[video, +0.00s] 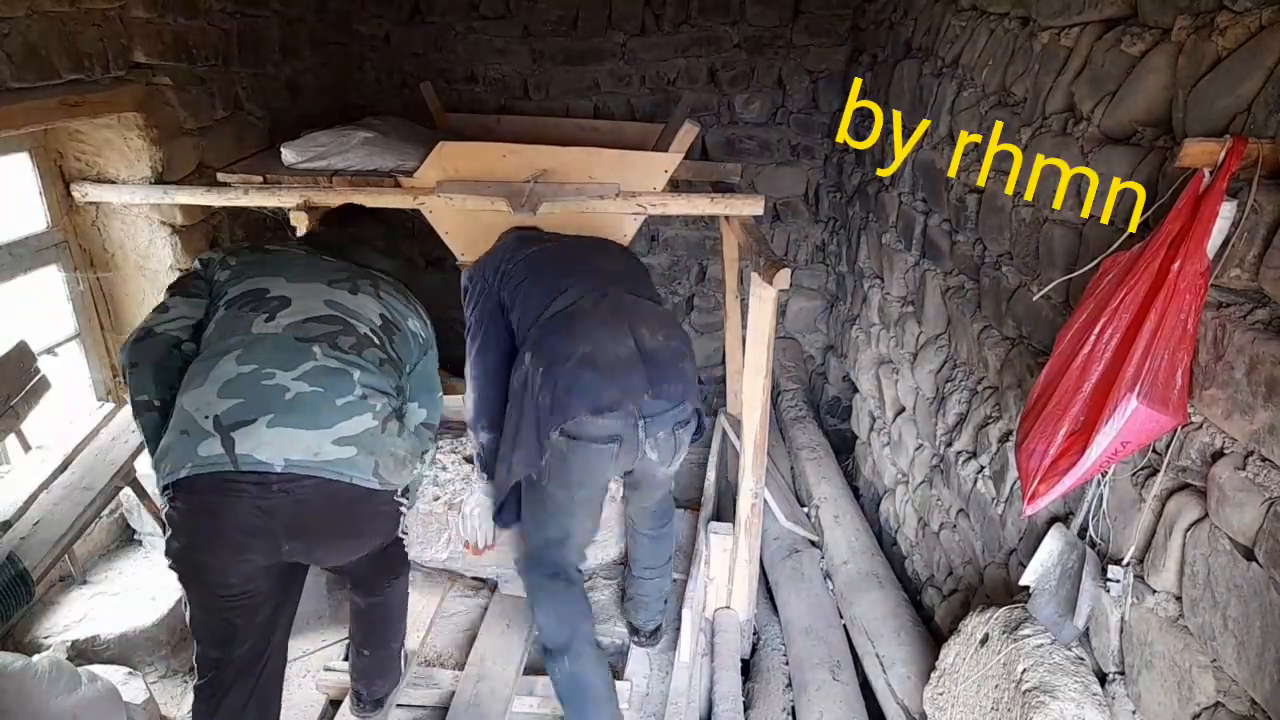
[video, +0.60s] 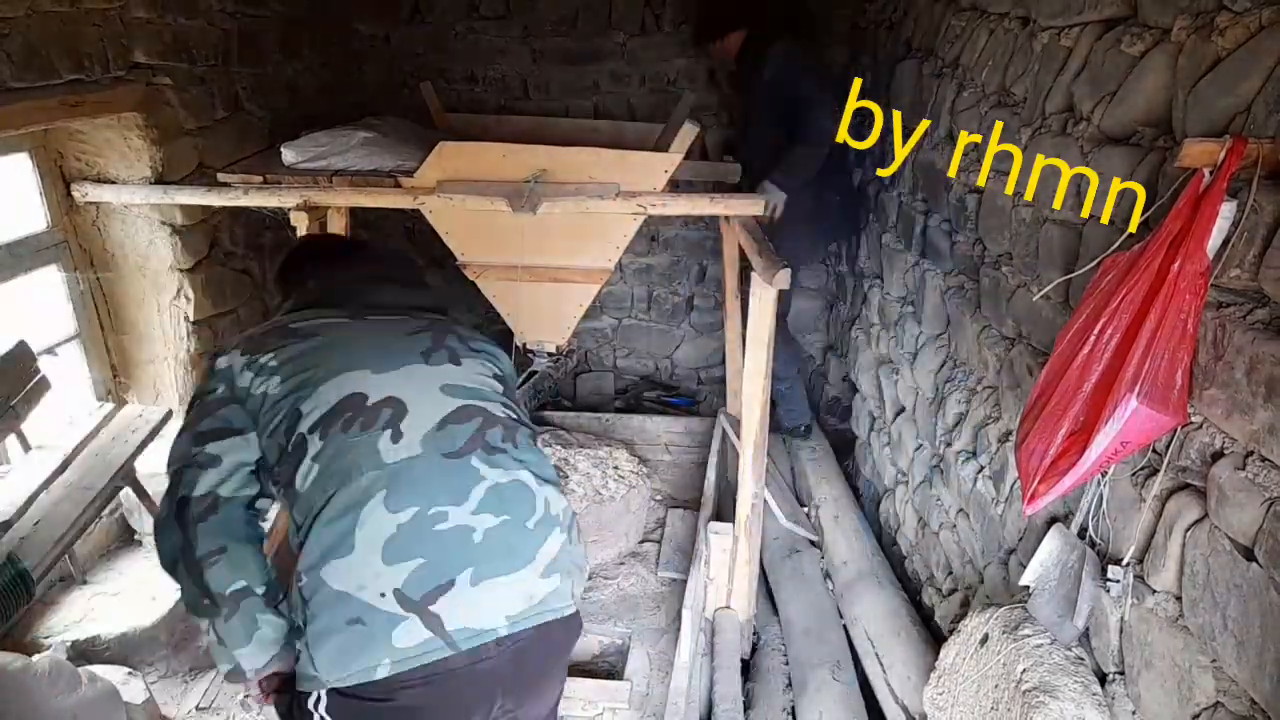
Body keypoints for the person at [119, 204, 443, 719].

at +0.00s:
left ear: (306, 238)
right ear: (379, 255)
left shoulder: (228, 264)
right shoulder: (403, 305)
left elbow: (148, 349)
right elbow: (424, 424)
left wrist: (174, 465)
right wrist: (391, 504)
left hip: (215, 503)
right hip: (346, 502)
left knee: (229, 682)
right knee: (379, 570)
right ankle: (372, 691)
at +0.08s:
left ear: (194, 278)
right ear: (284, 286)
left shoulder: (115, 319)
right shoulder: (318, 333)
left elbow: (35, 447)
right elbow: (359, 469)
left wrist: (80, 572)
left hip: (158, 568)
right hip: (305, 547)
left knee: (210, 709)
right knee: (348, 623)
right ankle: (358, 714)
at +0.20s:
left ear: (59, 355)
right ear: (139, 335)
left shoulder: (17, 397)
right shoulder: (196, 344)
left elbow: (6, 576)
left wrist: (85, 665)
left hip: (168, 604)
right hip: (313, 539)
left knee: (198, 707)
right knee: (336, 604)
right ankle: (358, 712)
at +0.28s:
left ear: (90, 280)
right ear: (192, 275)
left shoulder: (25, 331)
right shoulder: (244, 322)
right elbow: (301, 455)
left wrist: (13, 621)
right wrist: (257, 595)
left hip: (120, 588)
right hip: (277, 550)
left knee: (186, 706)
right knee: (335, 647)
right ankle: (360, 712)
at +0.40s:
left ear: (121, 240)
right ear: (224, 241)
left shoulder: (29, 305)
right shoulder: (264, 300)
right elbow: (308, 437)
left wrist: (14, 560)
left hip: (97, 597)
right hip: (251, 557)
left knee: (184, 709)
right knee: (356, 572)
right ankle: (365, 712)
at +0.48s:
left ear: (344, 288)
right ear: (432, 298)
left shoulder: (251, 347)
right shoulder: (466, 360)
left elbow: (167, 473)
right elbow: (495, 494)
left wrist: (207, 597)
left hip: (288, 667)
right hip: (459, 654)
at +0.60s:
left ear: (292, 291)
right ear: (404, 281)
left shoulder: (252, 360)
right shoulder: (471, 340)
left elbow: (206, 515)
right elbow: (526, 459)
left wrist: (264, 654)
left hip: (388, 665)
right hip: (544, 631)